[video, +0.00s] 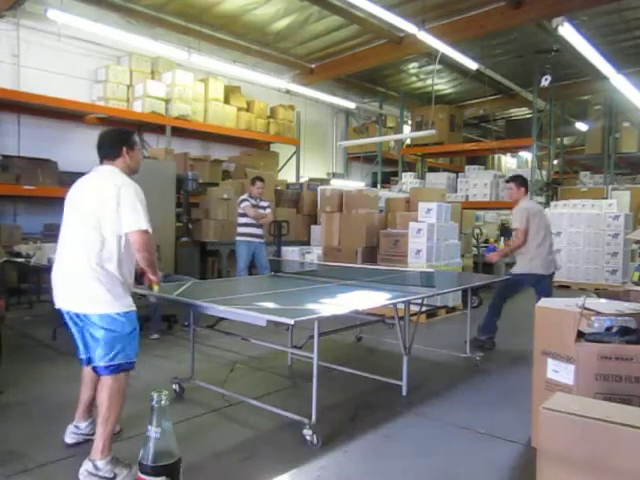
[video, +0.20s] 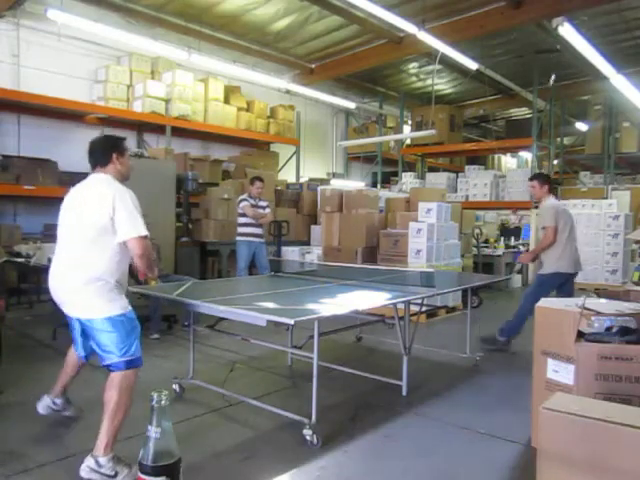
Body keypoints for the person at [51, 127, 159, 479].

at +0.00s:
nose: (142, 156)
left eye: (141, 150)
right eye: (139, 149)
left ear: (106, 154)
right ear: (126, 152)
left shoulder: (81, 184)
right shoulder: (124, 186)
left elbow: (88, 238)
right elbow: (140, 244)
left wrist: (131, 266)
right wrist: (152, 272)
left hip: (68, 292)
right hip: (102, 296)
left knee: (93, 359)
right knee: (116, 370)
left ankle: (81, 422)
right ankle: (100, 460)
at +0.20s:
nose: (130, 163)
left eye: (129, 157)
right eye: (128, 157)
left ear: (98, 161)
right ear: (115, 159)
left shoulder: (77, 190)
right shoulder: (118, 192)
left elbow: (79, 240)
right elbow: (140, 251)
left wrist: (124, 262)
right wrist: (149, 272)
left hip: (64, 286)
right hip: (98, 292)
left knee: (85, 341)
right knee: (126, 366)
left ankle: (55, 397)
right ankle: (101, 458)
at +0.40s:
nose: (110, 174)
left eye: (109, 168)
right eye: (107, 169)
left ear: (83, 173)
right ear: (92, 172)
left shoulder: (66, 201)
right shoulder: (94, 205)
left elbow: (66, 250)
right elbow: (108, 259)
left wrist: (112, 262)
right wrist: (129, 268)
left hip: (55, 292)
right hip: (82, 298)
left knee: (67, 342)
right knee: (104, 363)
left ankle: (36, 389)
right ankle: (100, 454)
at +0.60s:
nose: (100, 174)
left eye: (99, 169)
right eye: (96, 169)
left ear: (78, 171)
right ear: (80, 171)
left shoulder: (68, 197)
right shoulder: (70, 200)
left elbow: (86, 247)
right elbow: (63, 251)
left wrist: (124, 259)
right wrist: (90, 272)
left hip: (44, 284)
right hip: (54, 287)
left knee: (52, 346)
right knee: (69, 353)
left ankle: (29, 395)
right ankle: (72, 438)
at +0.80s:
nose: (93, 169)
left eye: (92, 164)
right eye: (89, 164)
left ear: (69, 166)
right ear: (73, 165)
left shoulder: (55, 189)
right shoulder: (65, 190)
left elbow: (55, 237)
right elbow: (62, 237)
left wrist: (82, 257)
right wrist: (84, 257)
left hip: (25, 278)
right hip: (41, 280)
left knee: (40, 342)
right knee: (52, 347)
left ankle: (32, 393)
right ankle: (39, 429)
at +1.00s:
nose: (92, 171)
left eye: (91, 165)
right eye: (87, 165)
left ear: (67, 168)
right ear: (72, 167)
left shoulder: (51, 191)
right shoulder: (64, 193)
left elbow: (47, 248)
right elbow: (63, 242)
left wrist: (70, 286)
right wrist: (87, 259)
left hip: (23, 279)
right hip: (36, 282)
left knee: (39, 344)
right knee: (43, 351)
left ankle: (30, 395)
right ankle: (32, 431)